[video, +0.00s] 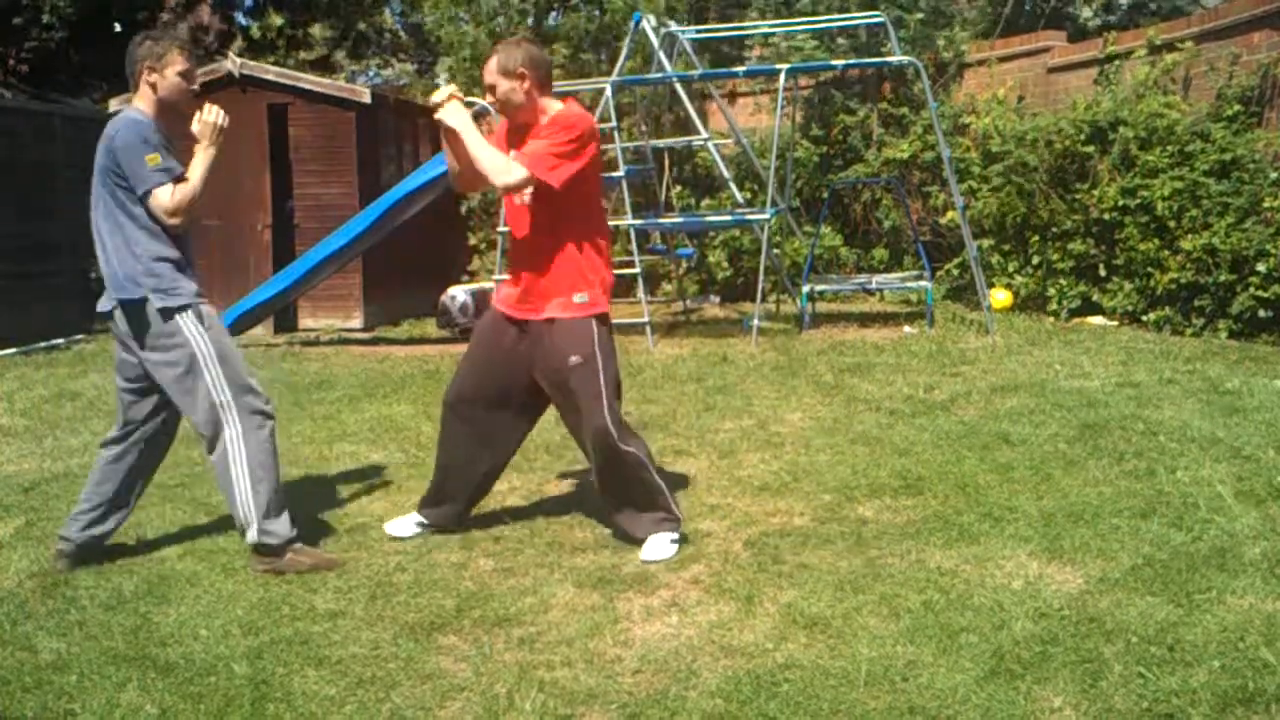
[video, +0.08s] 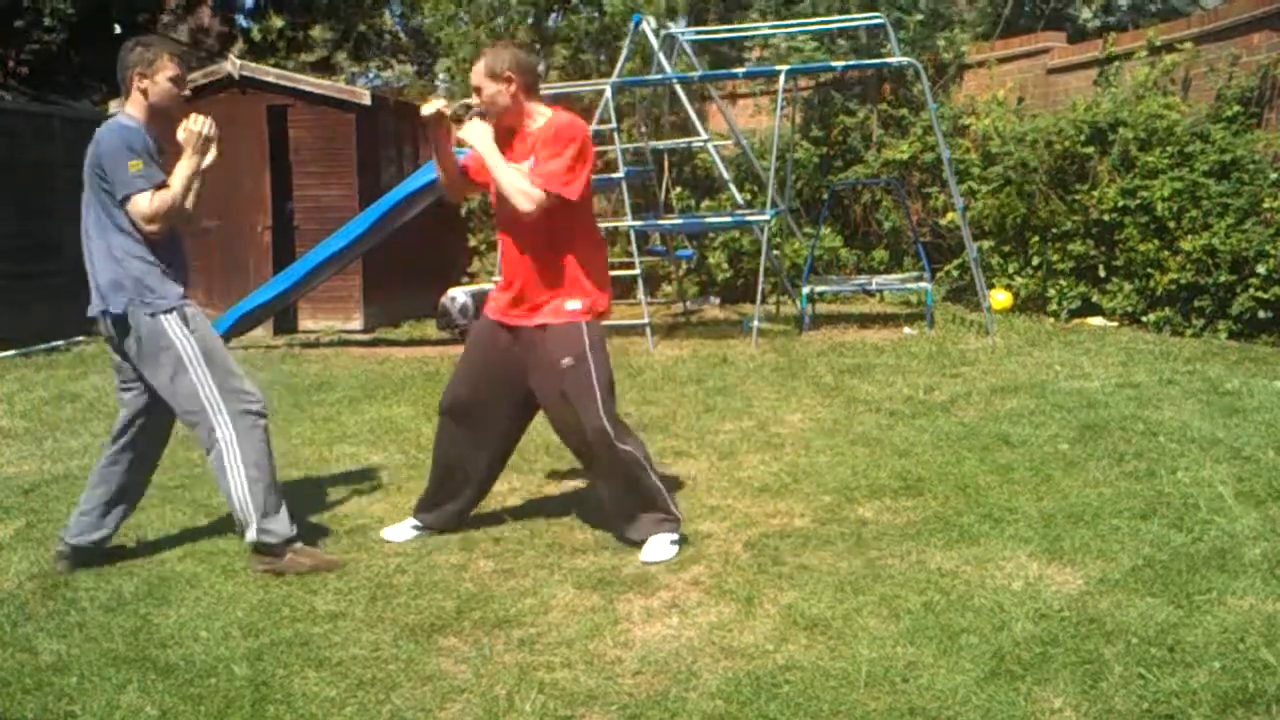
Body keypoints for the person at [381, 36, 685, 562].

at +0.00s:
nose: (490, 98)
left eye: (494, 88)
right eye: (487, 89)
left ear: (526, 82)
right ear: (516, 84)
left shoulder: (573, 123)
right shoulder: (511, 126)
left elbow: (508, 177)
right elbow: (469, 183)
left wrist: (460, 122)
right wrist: (451, 134)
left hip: (573, 297)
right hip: (517, 295)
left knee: (599, 424)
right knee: (468, 400)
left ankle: (659, 522)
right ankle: (442, 511)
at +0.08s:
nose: (475, 101)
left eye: (480, 92)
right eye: (474, 93)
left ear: (511, 86)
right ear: (503, 87)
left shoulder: (566, 131)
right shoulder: (500, 136)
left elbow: (529, 200)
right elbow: (458, 189)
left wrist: (484, 145)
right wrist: (439, 139)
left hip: (567, 304)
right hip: (510, 301)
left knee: (593, 428)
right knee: (464, 408)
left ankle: (658, 523)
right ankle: (439, 514)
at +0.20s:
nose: (440, 89)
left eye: (445, 79)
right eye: (438, 81)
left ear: (476, 72)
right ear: (466, 74)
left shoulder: (538, 114)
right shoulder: (452, 121)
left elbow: (539, 191)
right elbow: (399, 155)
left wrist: (488, 143)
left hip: (532, 290)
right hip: (473, 292)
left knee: (568, 409)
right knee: (438, 401)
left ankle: (640, 513)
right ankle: (435, 512)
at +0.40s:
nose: (407, 85)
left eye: (412, 75)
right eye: (405, 78)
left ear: (444, 68)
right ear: (435, 71)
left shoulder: (499, 111)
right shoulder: (424, 118)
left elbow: (479, 180)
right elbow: (370, 150)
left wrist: (438, 133)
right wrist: (319, 143)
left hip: (495, 283)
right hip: (444, 284)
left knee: (507, 401)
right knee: (422, 398)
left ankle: (568, 517)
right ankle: (434, 511)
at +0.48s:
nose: (404, 87)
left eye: (407, 76)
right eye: (402, 78)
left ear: (435, 68)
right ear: (429, 72)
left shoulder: (486, 109)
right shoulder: (429, 124)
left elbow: (453, 174)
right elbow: (405, 188)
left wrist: (421, 123)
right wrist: (365, 169)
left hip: (486, 287)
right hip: (442, 289)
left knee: (503, 409)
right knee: (410, 393)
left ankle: (568, 518)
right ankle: (432, 510)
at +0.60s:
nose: (394, 104)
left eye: (396, 94)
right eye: (393, 95)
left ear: (415, 86)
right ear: (437, 87)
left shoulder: (442, 121)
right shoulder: (466, 128)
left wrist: (353, 117)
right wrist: (377, 125)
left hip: (470, 299)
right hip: (440, 302)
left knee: (501, 416)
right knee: (383, 397)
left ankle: (569, 518)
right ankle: (383, 504)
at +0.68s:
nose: (385, 105)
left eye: (387, 97)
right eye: (385, 99)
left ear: (403, 91)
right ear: (433, 93)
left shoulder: (416, 117)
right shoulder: (468, 137)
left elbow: (318, 126)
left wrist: (285, 109)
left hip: (449, 300)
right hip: (438, 301)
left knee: (493, 415)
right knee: (386, 400)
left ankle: (569, 519)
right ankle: (363, 511)